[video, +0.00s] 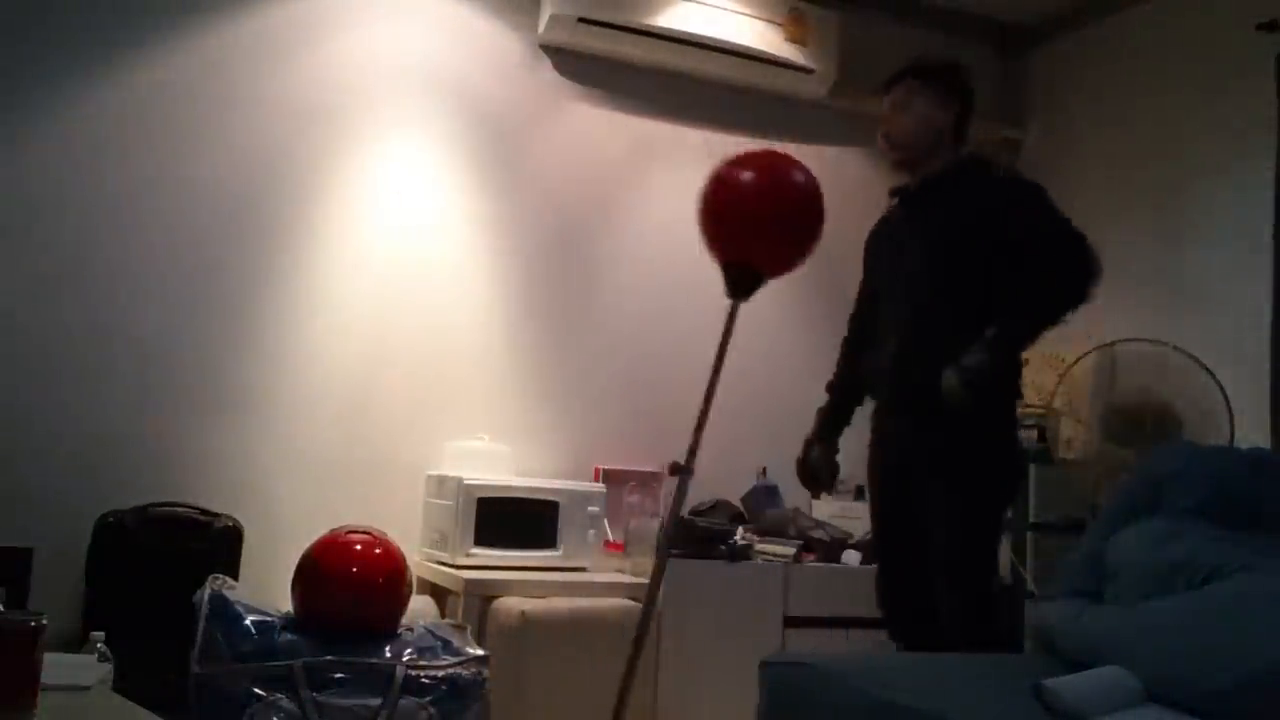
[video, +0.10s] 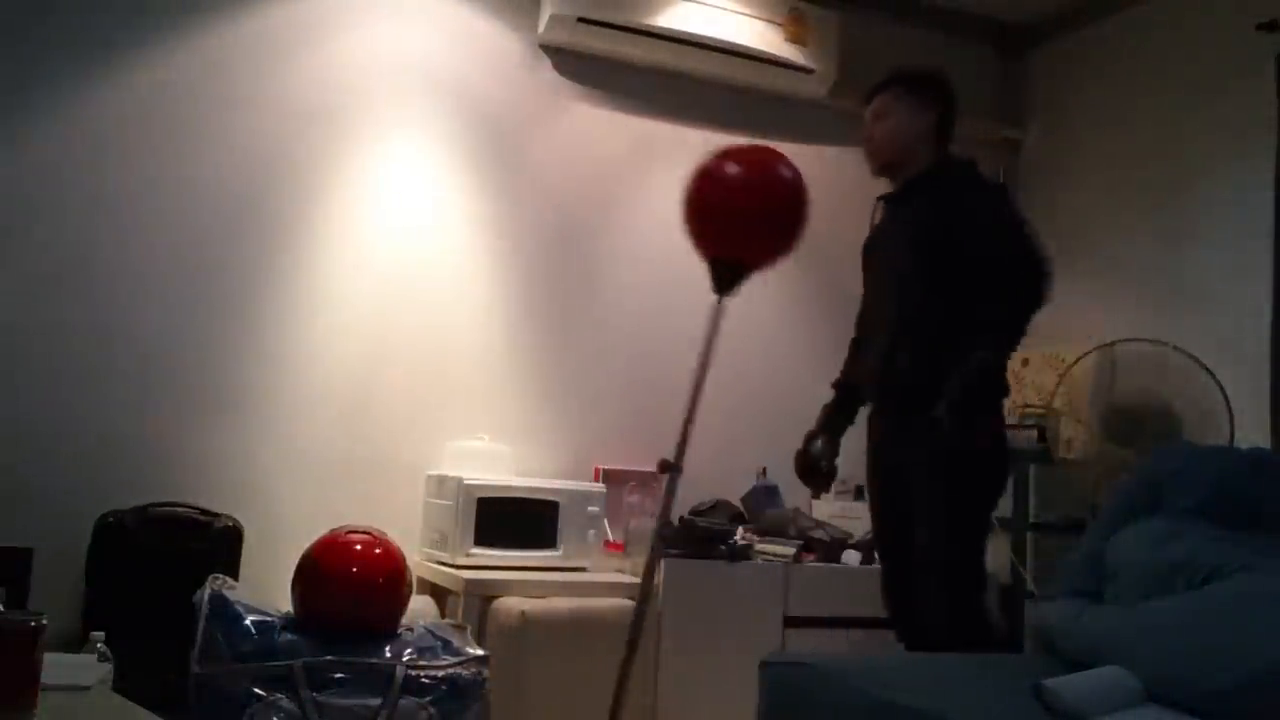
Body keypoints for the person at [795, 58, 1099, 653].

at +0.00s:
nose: (889, 123)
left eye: (906, 107)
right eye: (887, 108)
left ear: (947, 117)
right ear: (883, 118)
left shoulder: (999, 193)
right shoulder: (892, 229)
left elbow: (1072, 268)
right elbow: (866, 338)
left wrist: (990, 352)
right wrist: (826, 433)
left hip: (971, 434)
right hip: (900, 436)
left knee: (960, 598)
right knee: (905, 602)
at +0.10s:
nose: (868, 132)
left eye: (882, 116)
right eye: (867, 119)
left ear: (925, 121)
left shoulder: (975, 199)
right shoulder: (890, 224)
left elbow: (1025, 279)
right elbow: (871, 336)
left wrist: (973, 373)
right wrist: (830, 427)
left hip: (960, 427)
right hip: (898, 430)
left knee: (949, 602)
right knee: (909, 604)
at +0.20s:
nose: (851, 140)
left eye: (865, 127)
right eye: (853, 128)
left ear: (904, 133)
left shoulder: (949, 206)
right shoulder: (884, 220)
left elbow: (970, 328)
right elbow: (877, 344)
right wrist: (835, 433)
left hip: (941, 432)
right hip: (894, 433)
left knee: (931, 599)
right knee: (908, 600)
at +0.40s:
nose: (831, 156)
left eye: (842, 140)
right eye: (828, 145)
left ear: (882, 139)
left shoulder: (927, 207)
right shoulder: (873, 220)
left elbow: (962, 311)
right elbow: (870, 339)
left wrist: (876, 368)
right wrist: (851, 439)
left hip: (918, 423)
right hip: (887, 424)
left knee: (901, 581)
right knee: (892, 579)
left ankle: (930, 700)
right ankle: (924, 700)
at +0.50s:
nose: (821, 158)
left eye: (833, 143)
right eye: (819, 148)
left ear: (874, 143)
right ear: (871, 148)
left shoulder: (908, 210)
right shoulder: (876, 216)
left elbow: (905, 339)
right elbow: (877, 342)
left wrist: (837, 358)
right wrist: (848, 432)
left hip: (909, 427)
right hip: (891, 425)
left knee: (900, 589)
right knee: (897, 587)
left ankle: (931, 712)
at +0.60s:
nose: (821, 162)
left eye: (830, 145)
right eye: (815, 152)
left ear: (871, 141)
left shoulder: (906, 198)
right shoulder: (866, 219)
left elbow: (891, 274)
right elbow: (868, 348)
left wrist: (808, 278)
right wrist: (829, 419)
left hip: (911, 416)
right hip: (882, 417)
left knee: (896, 582)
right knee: (889, 581)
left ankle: (927, 708)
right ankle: (921, 709)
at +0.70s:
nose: (816, 163)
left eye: (825, 144)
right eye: (810, 154)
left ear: (868, 137)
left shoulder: (908, 188)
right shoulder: (866, 219)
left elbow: (852, 225)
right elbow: (865, 341)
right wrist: (821, 400)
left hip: (911, 405)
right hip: (880, 406)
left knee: (884, 581)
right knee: (882, 580)